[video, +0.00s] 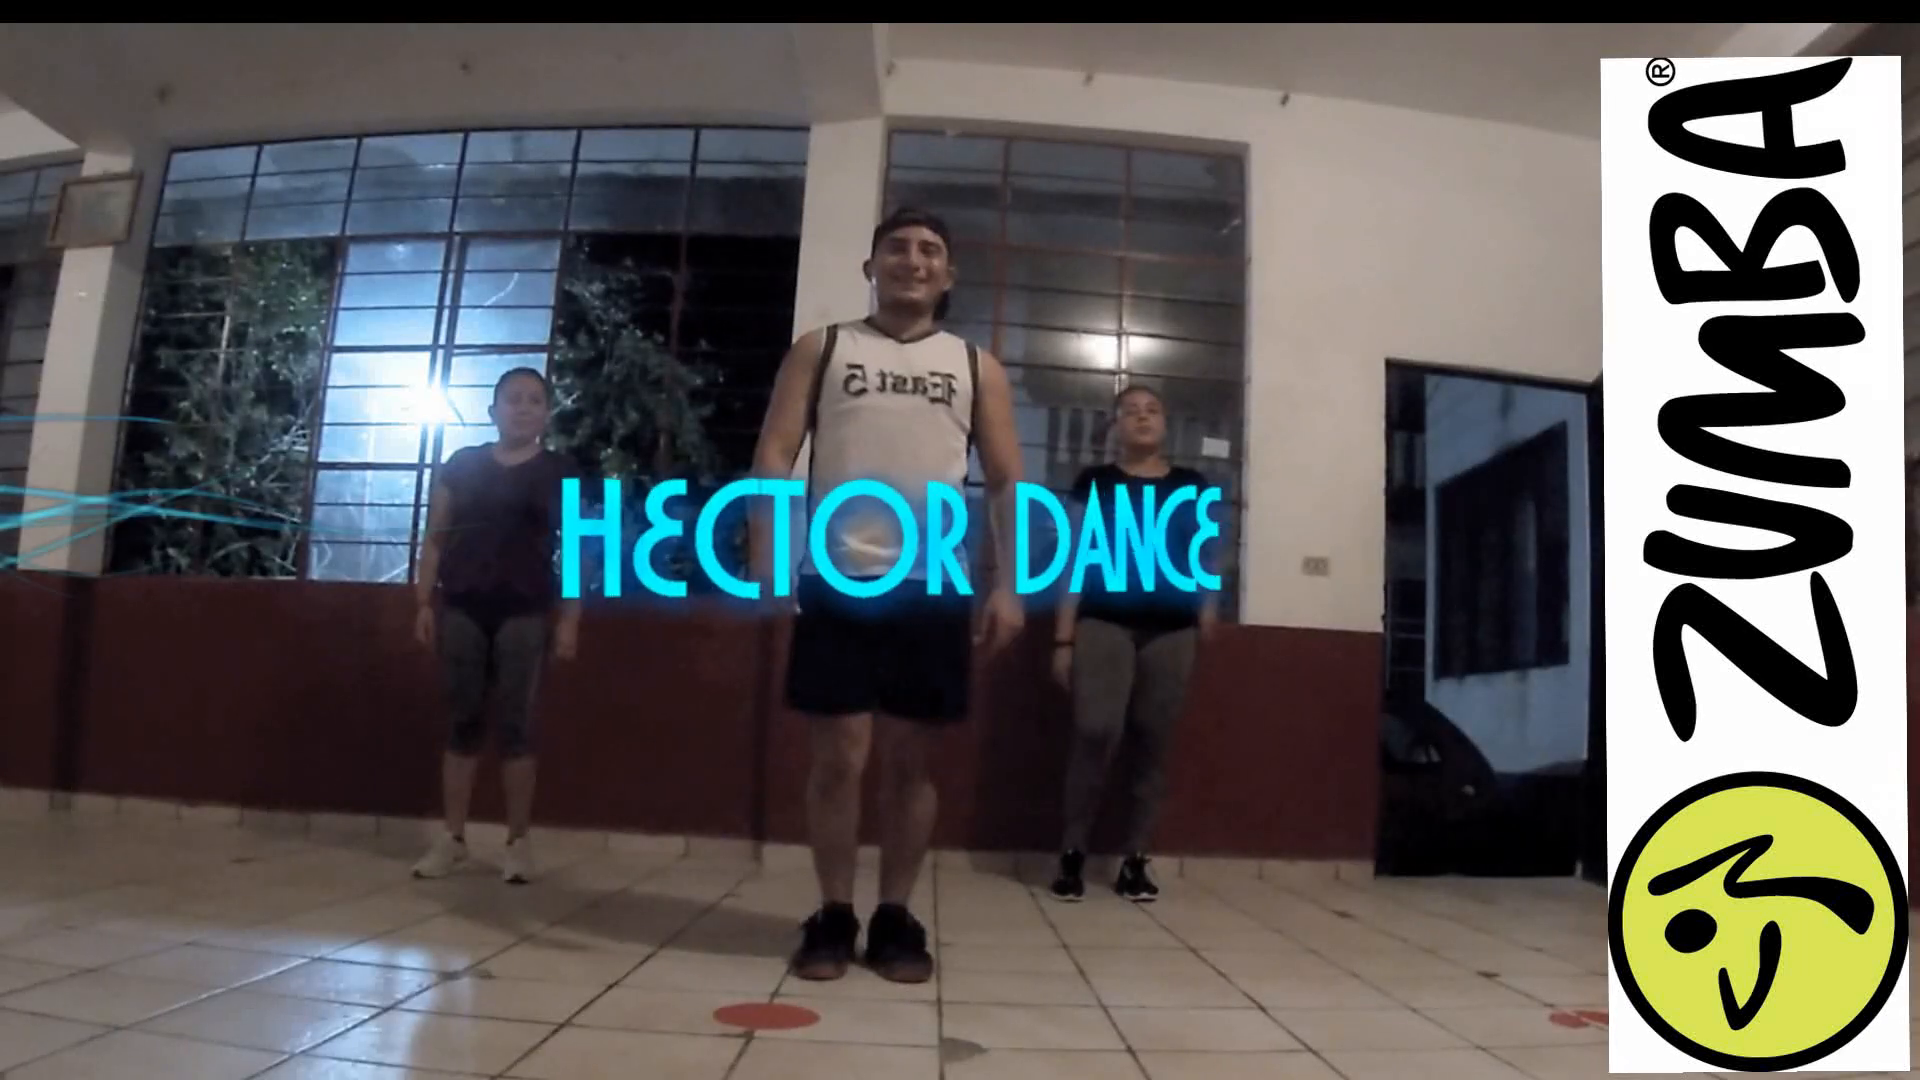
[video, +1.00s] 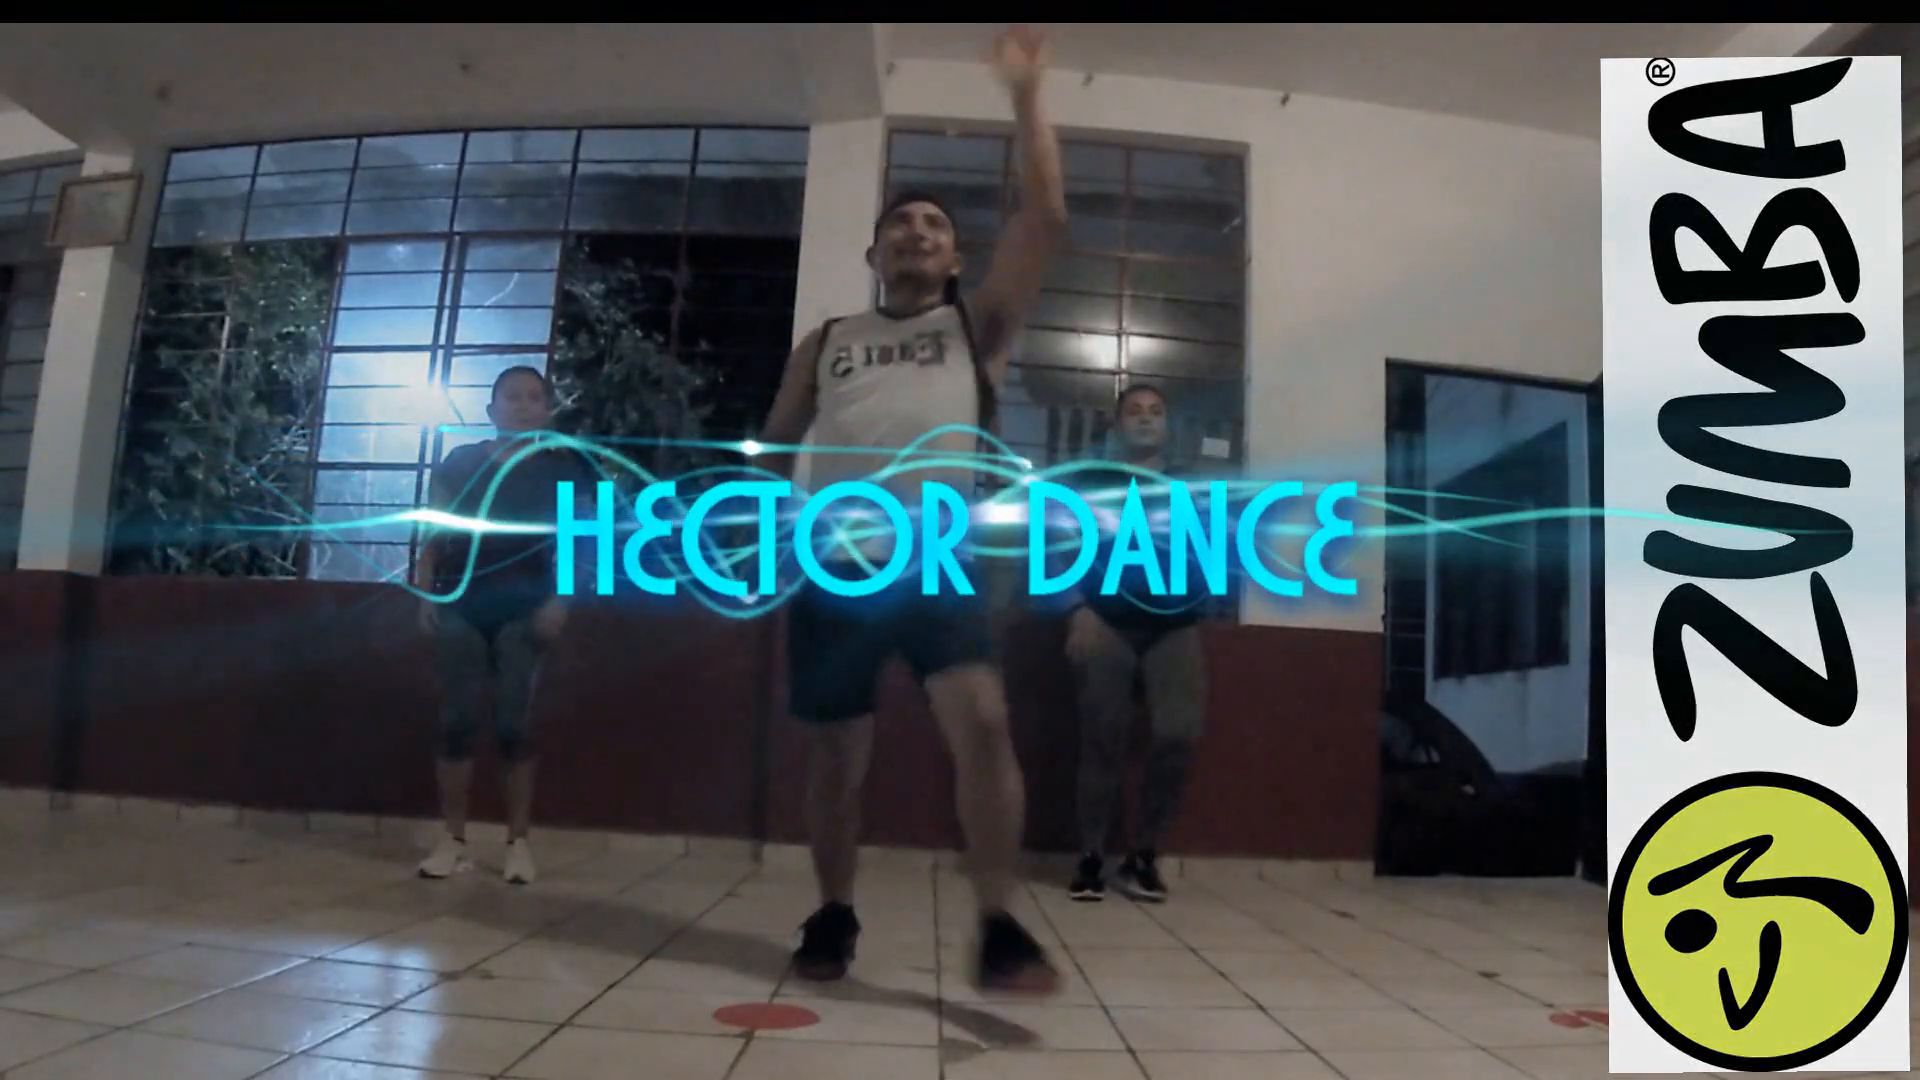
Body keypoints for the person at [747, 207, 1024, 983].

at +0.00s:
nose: (915, 260)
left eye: (929, 251)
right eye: (900, 248)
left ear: (948, 274)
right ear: (871, 266)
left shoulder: (976, 367)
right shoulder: (821, 348)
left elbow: (1005, 483)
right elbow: (774, 452)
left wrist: (1006, 584)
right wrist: (768, 551)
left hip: (931, 591)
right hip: (834, 585)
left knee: (912, 762)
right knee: (838, 757)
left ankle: (895, 919)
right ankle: (833, 917)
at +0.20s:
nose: (915, 259)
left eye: (929, 249)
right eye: (900, 247)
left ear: (948, 273)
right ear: (871, 265)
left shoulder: (975, 367)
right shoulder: (820, 349)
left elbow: (1005, 482)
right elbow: (774, 463)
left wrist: (1002, 583)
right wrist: (780, 574)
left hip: (931, 589)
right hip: (835, 586)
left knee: (911, 761)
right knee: (840, 758)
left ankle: (896, 919)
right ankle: (833, 916)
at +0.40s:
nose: (915, 258)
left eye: (929, 249)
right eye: (900, 246)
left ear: (948, 272)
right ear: (871, 264)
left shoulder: (975, 366)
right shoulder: (820, 346)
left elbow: (1003, 483)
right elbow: (773, 463)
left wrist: (993, 587)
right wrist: (785, 575)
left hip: (932, 588)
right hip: (836, 584)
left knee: (912, 757)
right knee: (840, 754)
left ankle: (896, 919)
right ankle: (833, 917)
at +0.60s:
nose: (911, 257)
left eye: (926, 248)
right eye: (896, 246)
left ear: (945, 272)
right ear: (867, 265)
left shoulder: (973, 363)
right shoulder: (816, 346)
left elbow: (1009, 475)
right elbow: (769, 455)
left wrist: (990, 564)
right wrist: (780, 553)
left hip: (927, 585)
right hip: (830, 581)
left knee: (910, 754)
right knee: (836, 750)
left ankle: (896, 919)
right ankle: (832, 916)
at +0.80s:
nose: (902, 266)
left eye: (918, 256)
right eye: (886, 255)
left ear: (936, 281)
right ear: (860, 276)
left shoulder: (963, 368)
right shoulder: (810, 360)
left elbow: (1017, 457)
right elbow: (759, 467)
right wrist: (780, 535)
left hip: (930, 585)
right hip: (829, 584)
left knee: (958, 731)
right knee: (829, 752)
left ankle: (916, 883)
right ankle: (831, 914)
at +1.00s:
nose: (921, 232)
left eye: (936, 225)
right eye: (904, 225)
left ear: (955, 255)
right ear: (874, 254)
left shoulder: (978, 326)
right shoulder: (827, 342)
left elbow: (1044, 212)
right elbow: (771, 453)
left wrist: (1028, 86)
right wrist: (759, 546)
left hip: (942, 568)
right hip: (834, 569)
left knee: (983, 727)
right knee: (836, 755)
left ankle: (997, 928)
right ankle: (832, 918)